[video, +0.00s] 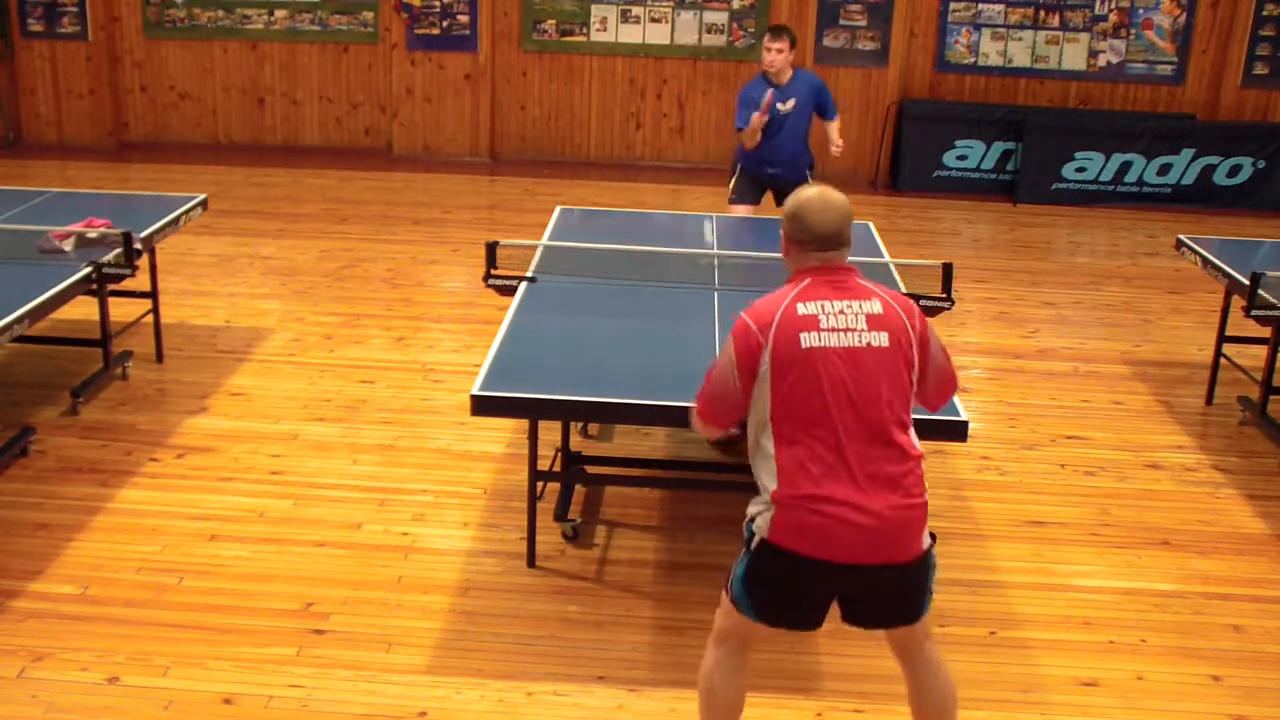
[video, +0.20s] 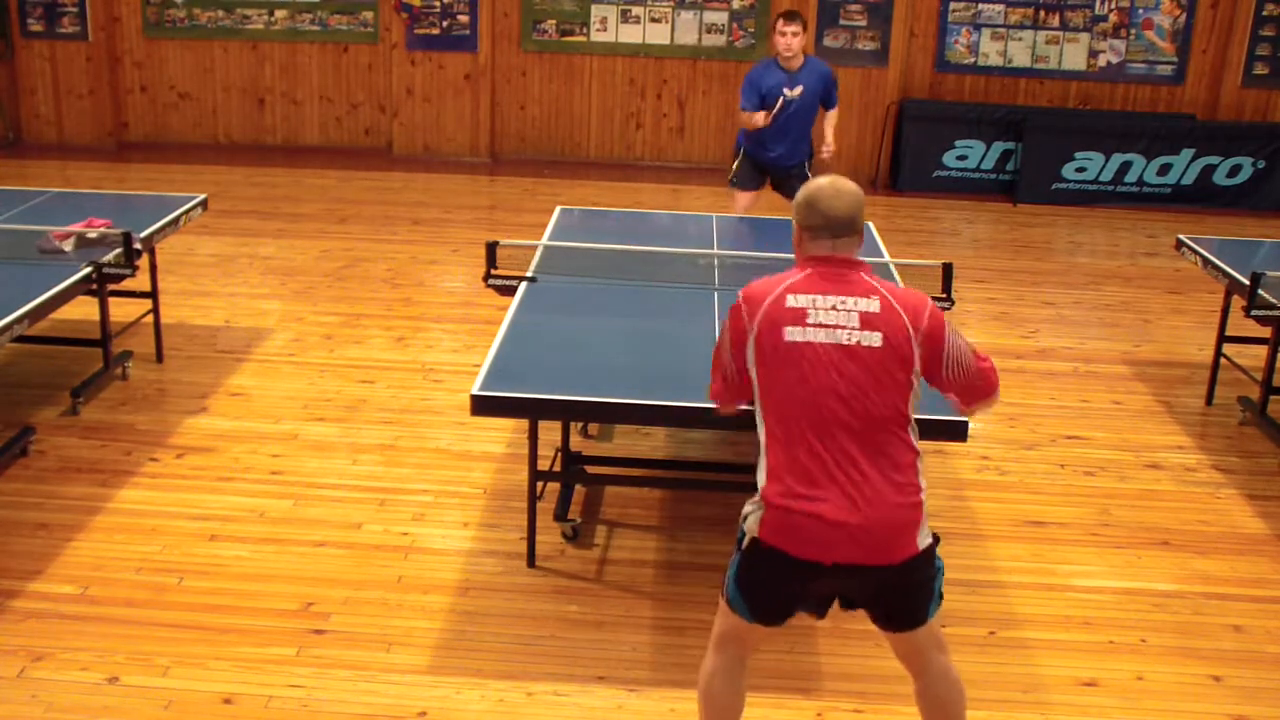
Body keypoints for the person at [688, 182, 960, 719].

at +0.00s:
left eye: (785, 232)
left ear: (786, 242)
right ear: (850, 241)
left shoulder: (762, 320)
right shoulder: (903, 312)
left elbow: (709, 421)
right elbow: (938, 391)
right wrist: (873, 371)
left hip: (798, 538)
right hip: (896, 542)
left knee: (729, 640)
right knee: (917, 646)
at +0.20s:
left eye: (793, 225)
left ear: (797, 233)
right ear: (864, 235)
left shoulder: (759, 301)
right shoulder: (909, 308)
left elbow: (729, 399)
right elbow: (980, 388)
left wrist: (790, 359)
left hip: (788, 537)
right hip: (890, 542)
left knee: (730, 642)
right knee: (928, 657)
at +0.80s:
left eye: (822, 292)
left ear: (827, 303)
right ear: (899, 305)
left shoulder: (787, 392)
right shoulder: (954, 385)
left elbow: (746, 500)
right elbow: (1038, 464)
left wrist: (793, 470)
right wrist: (1044, 513)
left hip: (818, 630)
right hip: (929, 638)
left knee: (731, 696)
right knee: (953, 709)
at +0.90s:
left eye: (826, 287)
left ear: (832, 300)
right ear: (902, 301)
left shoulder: (794, 388)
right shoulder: (956, 379)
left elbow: (751, 497)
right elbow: (1034, 466)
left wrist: (796, 460)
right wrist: (1024, 524)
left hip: (824, 625)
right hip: (934, 633)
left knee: (735, 708)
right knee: (947, 712)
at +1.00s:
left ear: (828, 290)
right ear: (900, 292)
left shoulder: (787, 377)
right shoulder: (953, 371)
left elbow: (747, 489)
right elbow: (1023, 462)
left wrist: (769, 492)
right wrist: (1006, 522)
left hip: (825, 619)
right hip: (935, 625)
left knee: (737, 704)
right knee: (944, 709)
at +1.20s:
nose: (790, 288)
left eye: (791, 279)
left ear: (798, 288)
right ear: (864, 286)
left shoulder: (763, 373)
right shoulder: (922, 367)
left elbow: (708, 479)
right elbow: (1001, 460)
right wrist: (1006, 519)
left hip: (796, 612)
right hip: (901, 616)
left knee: (702, 700)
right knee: (939, 711)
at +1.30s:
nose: (736, 300)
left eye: (737, 292)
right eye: (738, 289)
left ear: (749, 301)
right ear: (814, 295)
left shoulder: (724, 387)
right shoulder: (883, 366)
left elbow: (622, 458)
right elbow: (969, 448)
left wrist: (556, 439)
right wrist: (1018, 522)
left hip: (777, 617)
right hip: (884, 616)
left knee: (676, 687)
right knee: (918, 708)